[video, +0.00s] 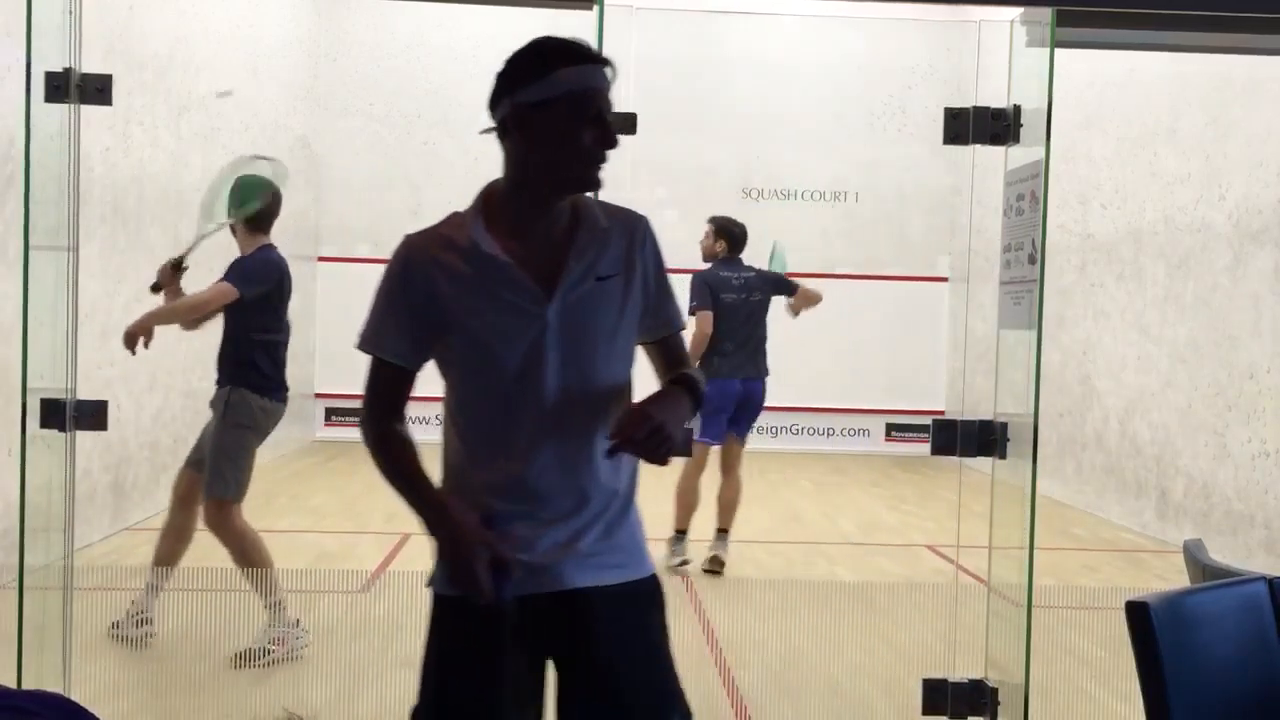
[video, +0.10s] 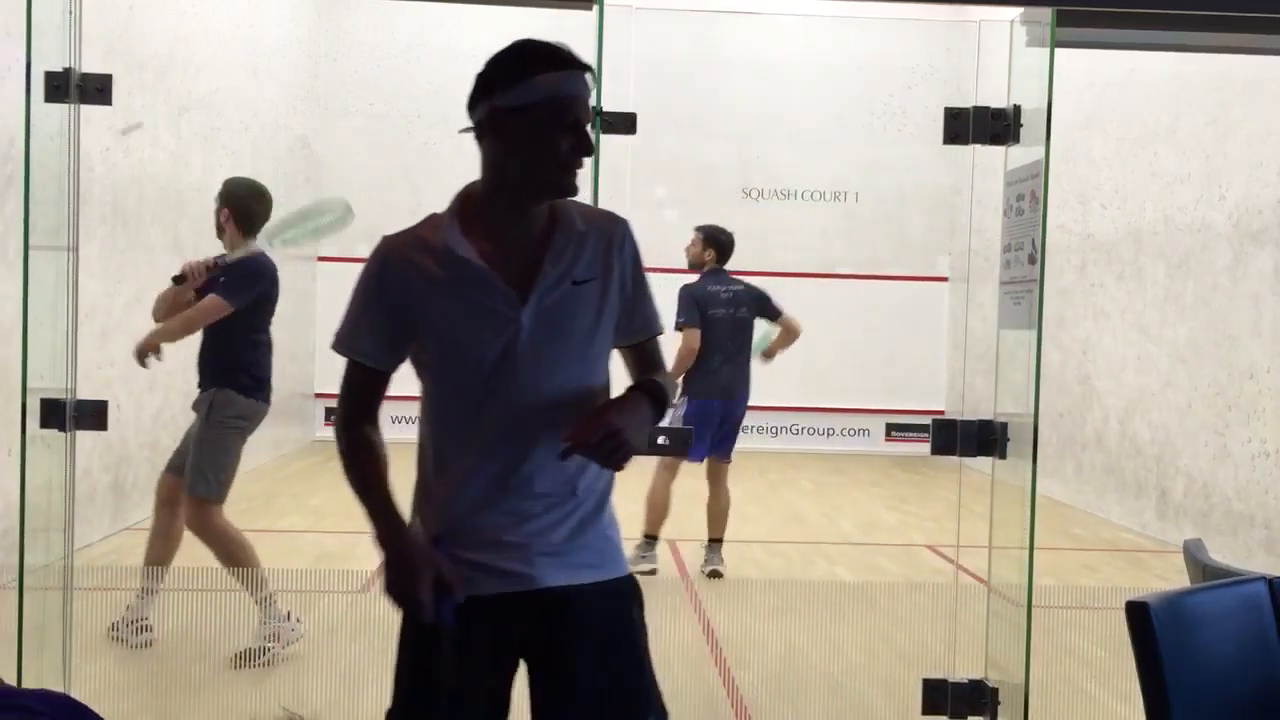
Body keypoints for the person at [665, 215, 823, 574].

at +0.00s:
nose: (701, 242)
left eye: (706, 237)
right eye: (704, 236)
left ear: (720, 244)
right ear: (733, 246)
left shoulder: (704, 278)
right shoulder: (762, 277)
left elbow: (704, 329)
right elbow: (812, 295)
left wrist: (687, 365)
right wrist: (795, 305)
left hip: (717, 382)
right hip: (754, 384)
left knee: (695, 465)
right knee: (732, 466)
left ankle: (678, 544)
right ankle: (721, 546)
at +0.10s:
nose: (687, 248)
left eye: (693, 243)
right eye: (690, 242)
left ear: (708, 252)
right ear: (719, 255)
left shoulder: (692, 290)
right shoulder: (746, 290)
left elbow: (691, 344)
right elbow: (791, 328)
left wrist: (670, 378)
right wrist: (772, 349)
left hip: (699, 396)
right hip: (735, 397)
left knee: (666, 470)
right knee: (718, 477)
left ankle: (646, 550)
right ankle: (714, 555)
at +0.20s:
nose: (671, 252)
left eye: (677, 247)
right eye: (674, 246)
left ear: (695, 256)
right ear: (703, 258)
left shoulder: (676, 294)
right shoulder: (734, 298)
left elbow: (671, 348)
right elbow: (757, 351)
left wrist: (650, 381)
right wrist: (746, 390)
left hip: (683, 400)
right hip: (721, 402)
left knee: (645, 473)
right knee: (709, 475)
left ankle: (628, 552)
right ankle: (713, 556)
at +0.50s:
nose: (644, 238)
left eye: (647, 233)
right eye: (648, 232)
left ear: (654, 239)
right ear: (681, 243)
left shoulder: (629, 280)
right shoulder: (702, 284)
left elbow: (613, 334)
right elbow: (720, 336)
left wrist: (615, 383)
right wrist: (721, 389)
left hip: (645, 391)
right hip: (690, 391)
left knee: (629, 482)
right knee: (700, 474)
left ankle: (617, 564)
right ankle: (707, 554)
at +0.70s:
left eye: (651, 255)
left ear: (652, 259)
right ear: (686, 262)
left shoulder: (628, 293)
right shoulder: (700, 298)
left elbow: (607, 347)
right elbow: (720, 346)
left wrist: (607, 394)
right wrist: (729, 396)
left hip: (638, 406)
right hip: (688, 408)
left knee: (609, 483)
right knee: (717, 487)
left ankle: (575, 551)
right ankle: (742, 566)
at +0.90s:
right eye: (696, 271)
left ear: (663, 270)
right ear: (699, 275)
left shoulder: (636, 305)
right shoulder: (690, 316)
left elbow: (617, 361)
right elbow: (696, 370)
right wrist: (737, 413)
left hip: (633, 427)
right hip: (676, 431)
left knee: (600, 506)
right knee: (726, 511)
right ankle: (766, 592)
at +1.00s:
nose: (699, 261)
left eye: (698, 254)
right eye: (699, 255)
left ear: (665, 245)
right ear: (693, 253)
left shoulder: (636, 282)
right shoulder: (674, 290)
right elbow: (671, 359)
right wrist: (718, 400)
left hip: (620, 401)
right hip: (662, 405)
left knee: (616, 499)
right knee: (704, 496)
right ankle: (735, 585)